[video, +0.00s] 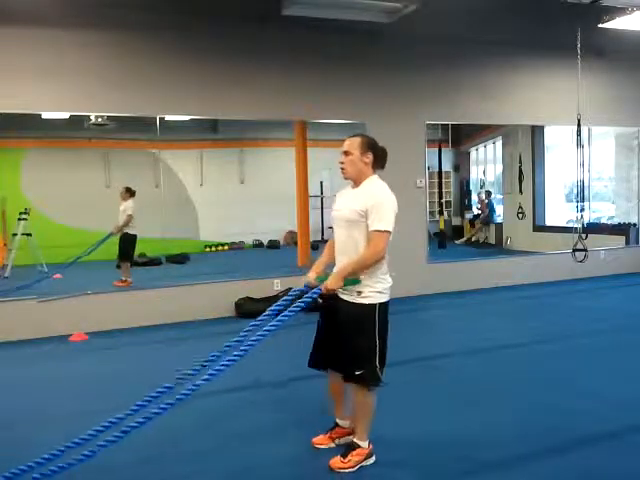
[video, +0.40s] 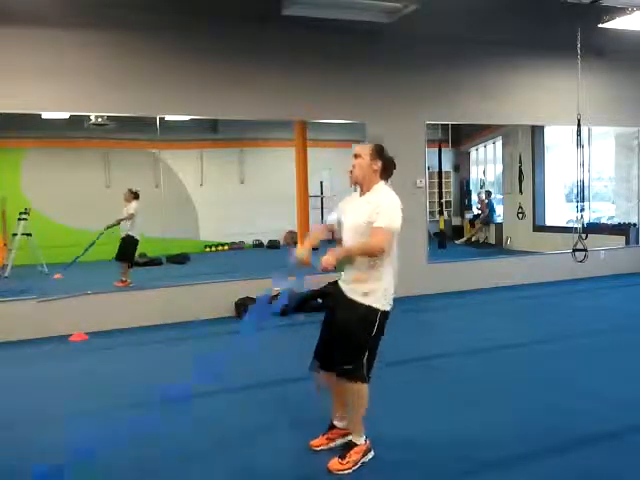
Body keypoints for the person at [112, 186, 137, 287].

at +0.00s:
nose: (121, 195)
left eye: (123, 193)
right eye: (121, 193)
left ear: (128, 194)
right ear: (126, 194)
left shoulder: (130, 204)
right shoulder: (124, 204)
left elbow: (129, 218)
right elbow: (125, 217)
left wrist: (119, 228)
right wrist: (118, 227)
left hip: (129, 233)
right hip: (125, 232)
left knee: (125, 258)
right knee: (123, 257)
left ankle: (126, 278)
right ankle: (125, 278)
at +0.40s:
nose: (124, 196)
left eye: (126, 194)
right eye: (125, 194)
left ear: (132, 196)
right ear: (130, 196)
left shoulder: (134, 204)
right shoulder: (129, 206)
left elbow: (131, 216)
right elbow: (121, 221)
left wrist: (119, 220)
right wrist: (110, 226)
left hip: (131, 235)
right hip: (127, 234)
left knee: (125, 259)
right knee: (124, 259)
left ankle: (125, 279)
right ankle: (124, 278)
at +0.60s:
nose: (125, 194)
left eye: (127, 192)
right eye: (125, 192)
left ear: (131, 193)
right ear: (133, 193)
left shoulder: (134, 201)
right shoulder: (132, 202)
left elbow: (124, 202)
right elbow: (122, 202)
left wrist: (112, 202)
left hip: (132, 231)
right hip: (132, 230)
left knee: (127, 256)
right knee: (128, 255)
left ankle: (127, 279)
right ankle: (127, 278)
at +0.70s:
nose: (121, 202)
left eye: (122, 199)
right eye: (121, 199)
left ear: (127, 199)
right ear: (129, 198)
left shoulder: (131, 208)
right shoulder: (129, 207)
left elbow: (124, 214)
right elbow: (124, 214)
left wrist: (117, 214)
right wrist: (117, 214)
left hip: (132, 233)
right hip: (130, 232)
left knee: (128, 256)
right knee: (126, 256)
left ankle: (130, 279)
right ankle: (127, 277)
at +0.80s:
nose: (119, 201)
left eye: (121, 199)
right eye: (119, 198)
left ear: (125, 200)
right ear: (126, 200)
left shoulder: (129, 210)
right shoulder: (124, 210)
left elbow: (129, 224)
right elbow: (120, 219)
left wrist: (119, 224)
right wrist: (113, 221)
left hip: (130, 237)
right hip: (127, 237)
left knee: (123, 261)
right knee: (122, 262)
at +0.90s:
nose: (120, 196)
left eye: (122, 193)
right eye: (120, 193)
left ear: (127, 194)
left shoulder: (130, 202)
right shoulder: (125, 202)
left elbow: (127, 215)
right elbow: (121, 213)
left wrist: (115, 216)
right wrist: (111, 214)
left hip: (128, 230)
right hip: (124, 229)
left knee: (122, 254)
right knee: (120, 253)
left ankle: (124, 277)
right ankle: (122, 276)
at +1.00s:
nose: (119, 193)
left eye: (121, 191)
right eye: (119, 191)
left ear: (126, 191)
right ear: (126, 191)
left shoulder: (130, 199)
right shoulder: (124, 201)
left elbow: (128, 210)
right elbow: (120, 211)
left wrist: (116, 211)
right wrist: (111, 211)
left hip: (126, 228)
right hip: (121, 227)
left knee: (117, 253)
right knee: (115, 252)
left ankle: (118, 274)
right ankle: (116, 274)